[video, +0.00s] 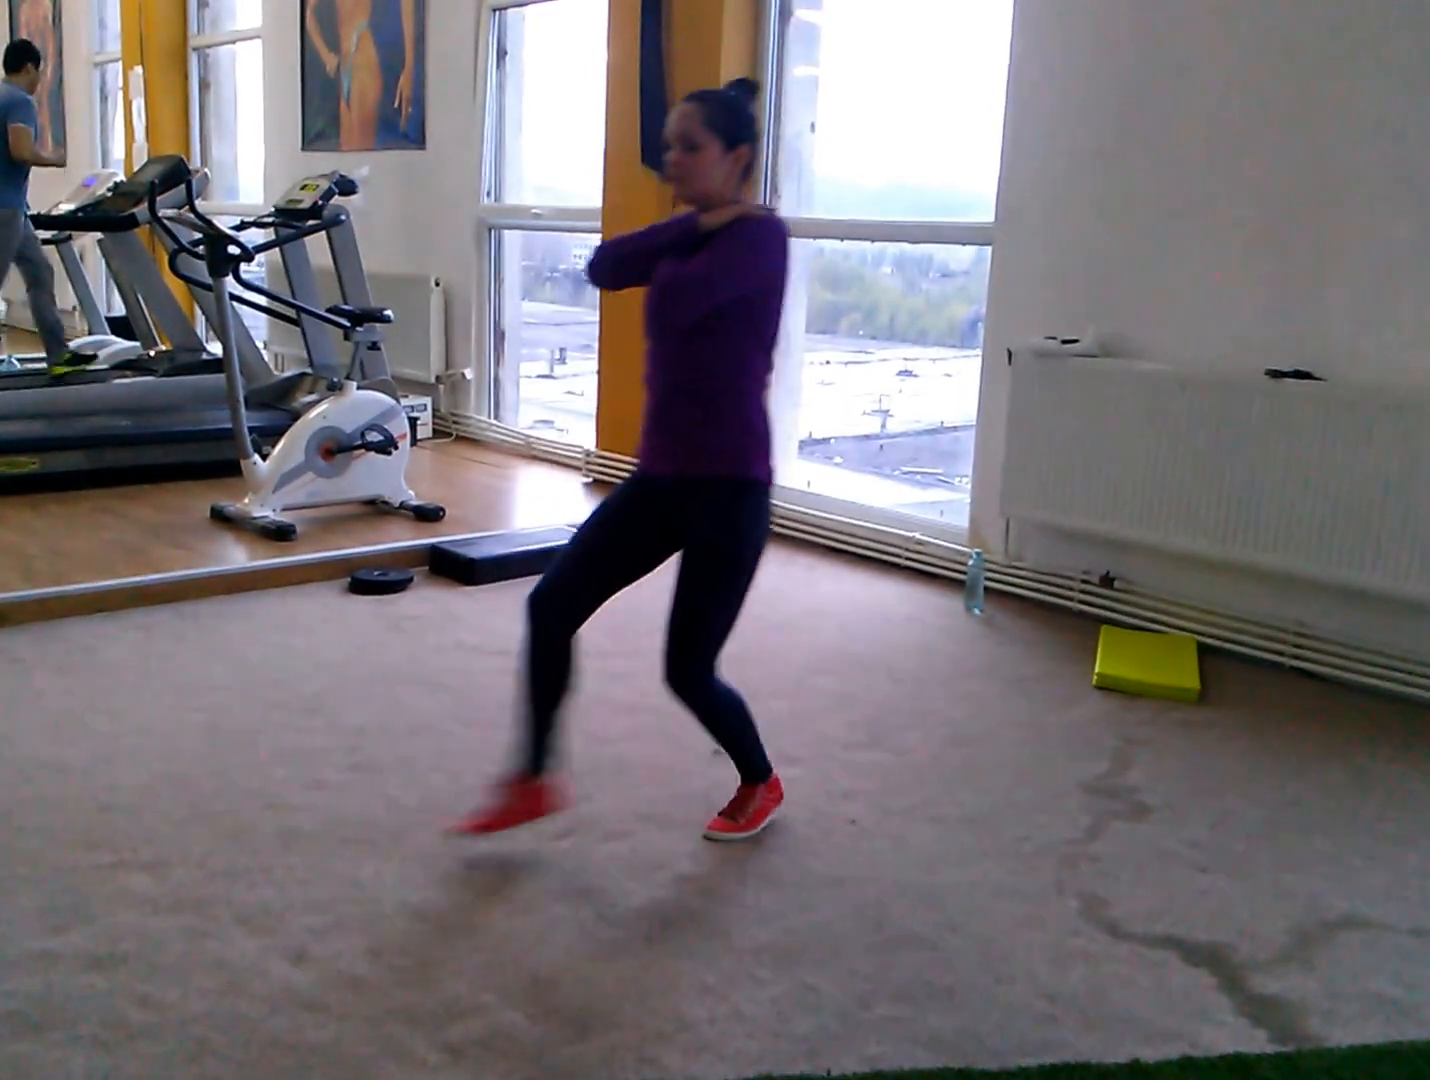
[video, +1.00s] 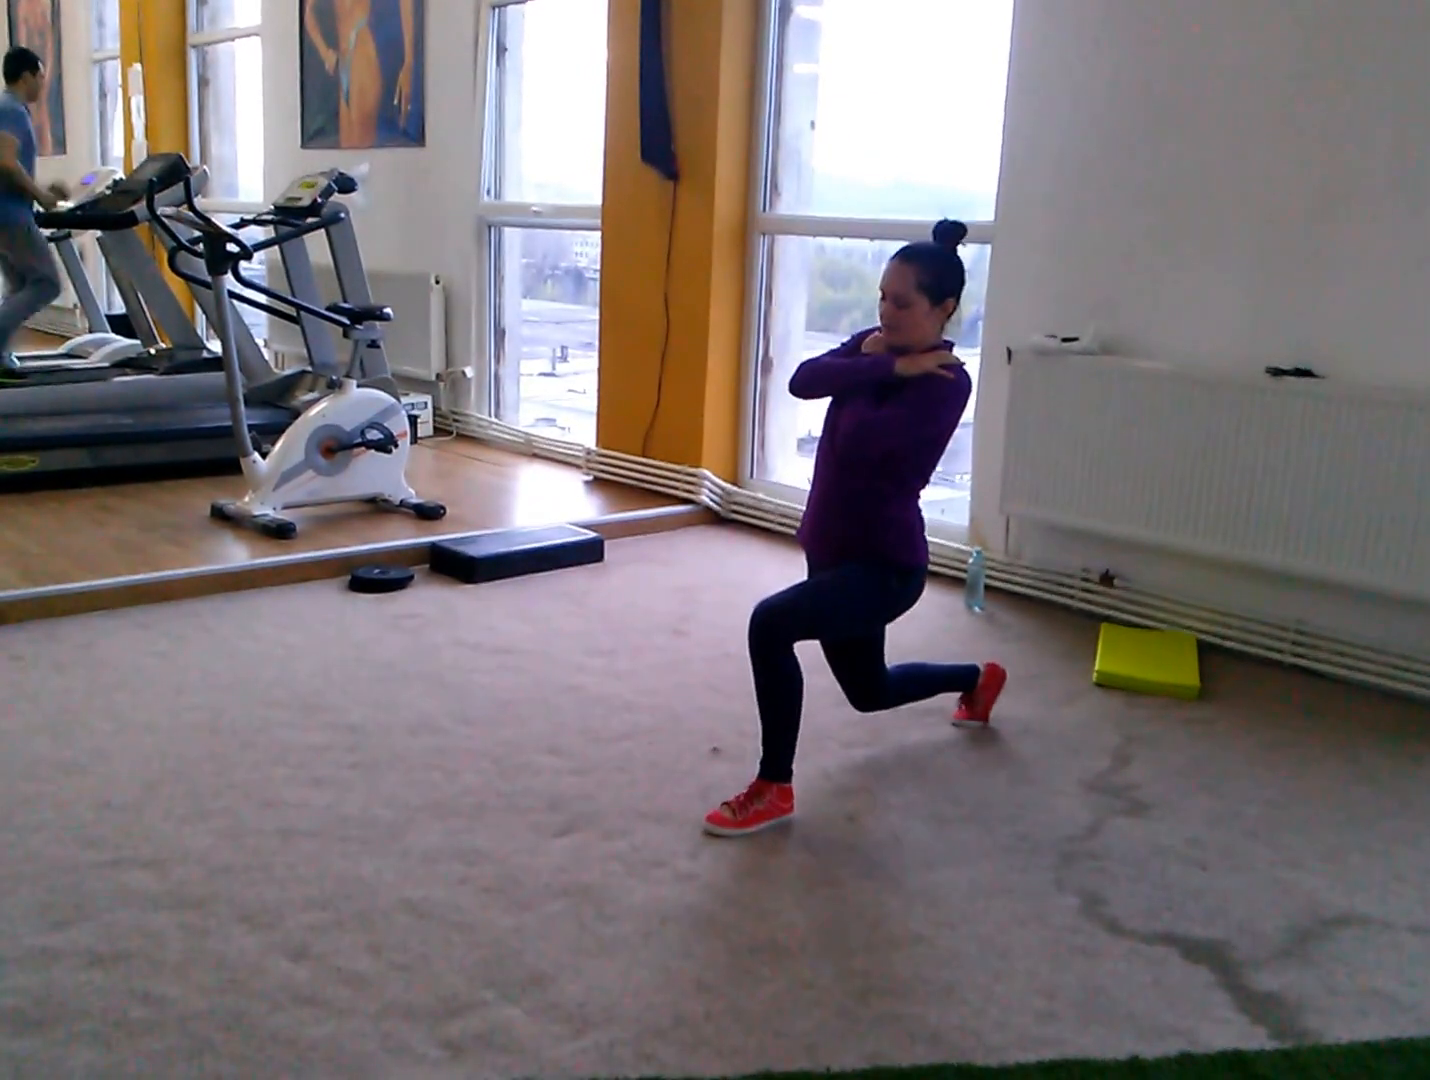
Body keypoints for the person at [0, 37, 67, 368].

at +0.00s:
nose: (40, 79)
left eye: (39, 72)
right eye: (39, 71)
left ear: (10, 68)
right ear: (29, 68)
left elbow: (18, 151)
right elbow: (21, 151)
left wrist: (44, 157)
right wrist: (53, 159)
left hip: (12, 210)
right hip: (7, 211)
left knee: (40, 272)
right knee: (1, 285)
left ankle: (57, 353)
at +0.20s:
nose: (37, 91)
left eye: (36, 83)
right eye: (36, 83)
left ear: (12, 81)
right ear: (25, 80)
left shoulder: (8, 113)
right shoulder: (12, 115)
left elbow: (11, 168)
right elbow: (9, 165)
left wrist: (38, 201)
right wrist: (40, 200)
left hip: (10, 218)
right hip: (8, 219)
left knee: (26, 287)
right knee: (38, 287)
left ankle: (5, 359)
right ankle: (2, 353)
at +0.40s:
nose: (44, 77)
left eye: (44, 70)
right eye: (43, 69)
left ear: (20, 67)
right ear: (31, 67)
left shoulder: (15, 102)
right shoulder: (7, 99)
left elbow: (13, 155)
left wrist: (45, 153)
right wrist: (23, 173)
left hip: (11, 205)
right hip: (9, 206)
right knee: (45, 276)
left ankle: (59, 357)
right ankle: (59, 358)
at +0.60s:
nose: (44, 86)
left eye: (44, 79)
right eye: (42, 79)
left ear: (18, 79)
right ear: (31, 79)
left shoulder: (12, 113)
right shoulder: (11, 115)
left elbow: (11, 172)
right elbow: (9, 171)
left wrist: (41, 194)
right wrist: (45, 194)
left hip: (12, 212)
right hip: (9, 214)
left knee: (25, 286)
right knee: (32, 286)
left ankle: (5, 353)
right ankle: (3, 355)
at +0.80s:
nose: (45, 76)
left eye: (45, 69)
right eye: (43, 69)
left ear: (15, 66)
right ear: (30, 66)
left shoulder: (8, 95)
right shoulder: (19, 99)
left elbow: (24, 150)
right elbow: (27, 151)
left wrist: (48, 153)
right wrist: (54, 156)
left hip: (12, 212)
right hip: (9, 213)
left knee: (42, 275)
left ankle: (61, 356)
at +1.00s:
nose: (44, 83)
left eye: (43, 76)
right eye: (41, 76)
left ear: (16, 78)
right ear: (27, 76)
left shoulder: (11, 110)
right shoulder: (13, 111)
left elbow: (13, 169)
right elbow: (8, 162)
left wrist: (48, 189)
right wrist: (44, 196)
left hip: (10, 214)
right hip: (11, 215)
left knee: (19, 286)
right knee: (46, 283)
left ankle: (4, 352)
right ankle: (1, 339)